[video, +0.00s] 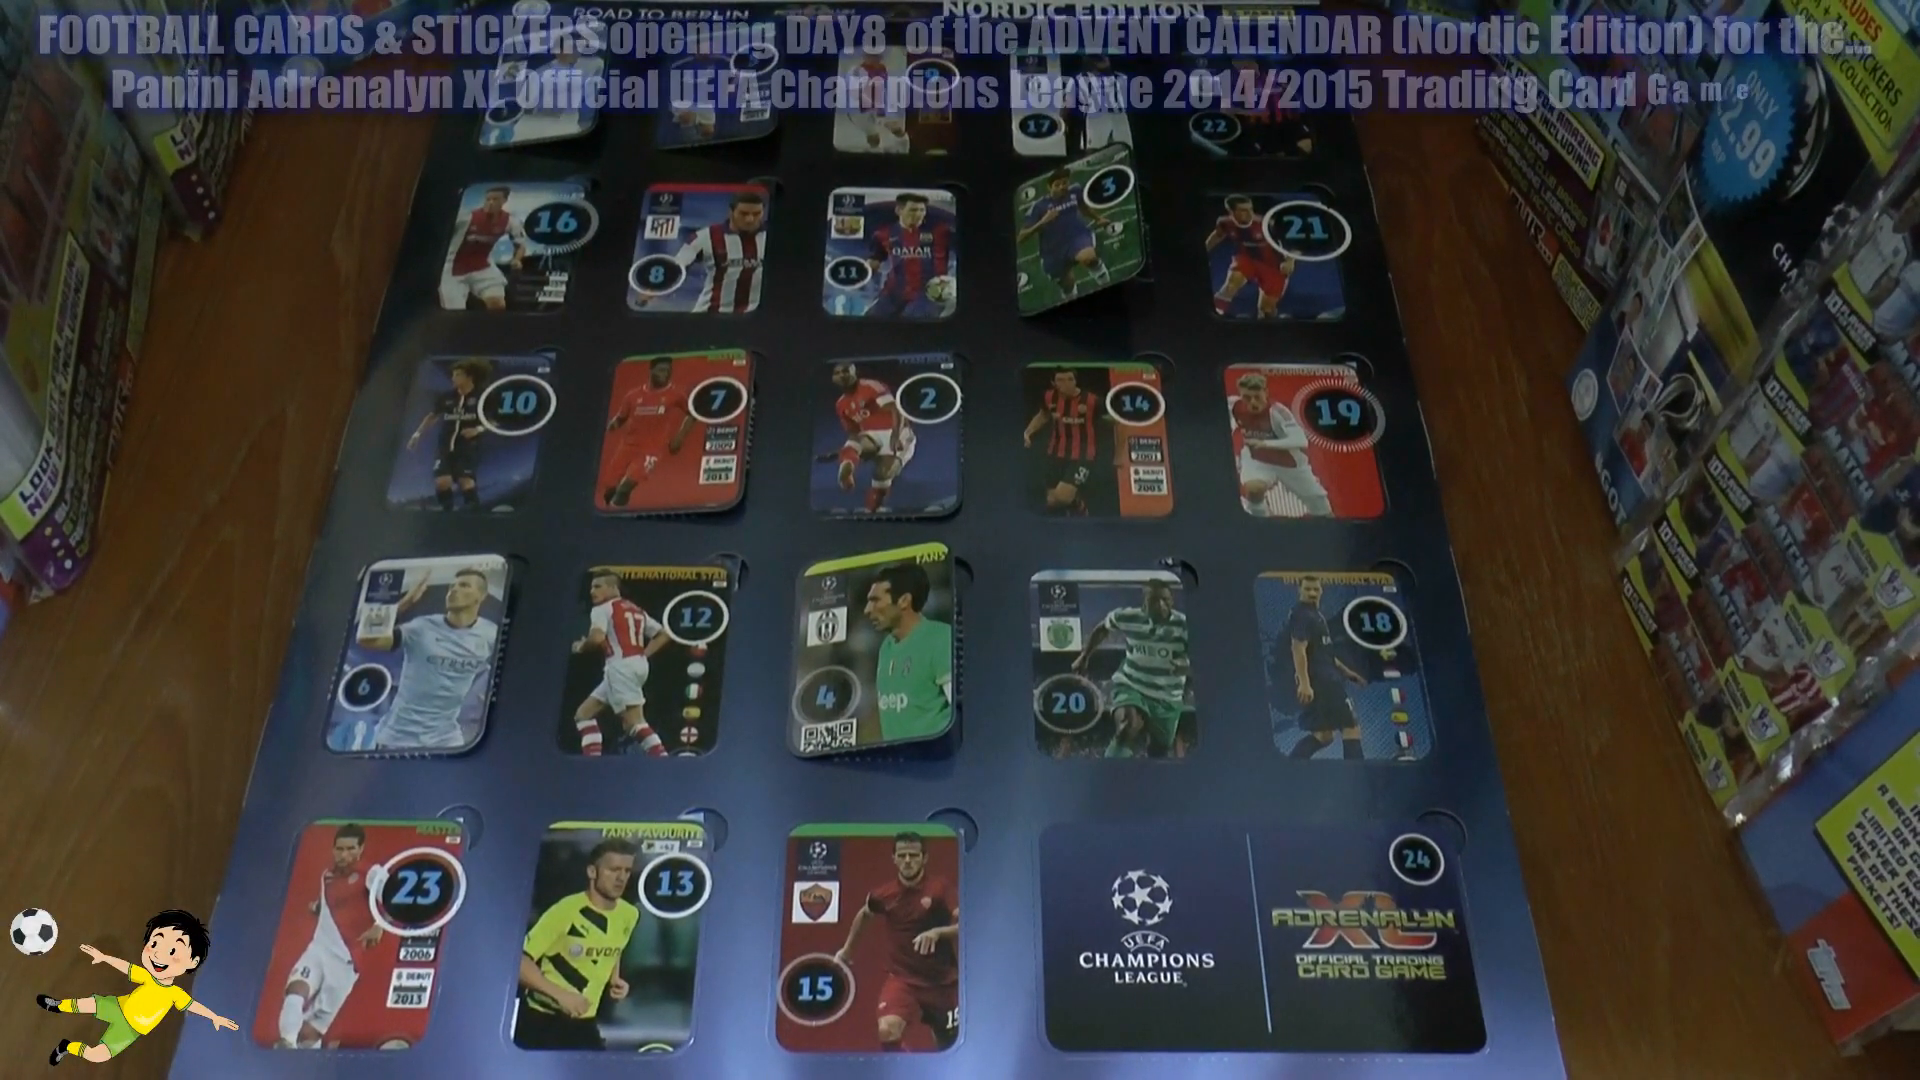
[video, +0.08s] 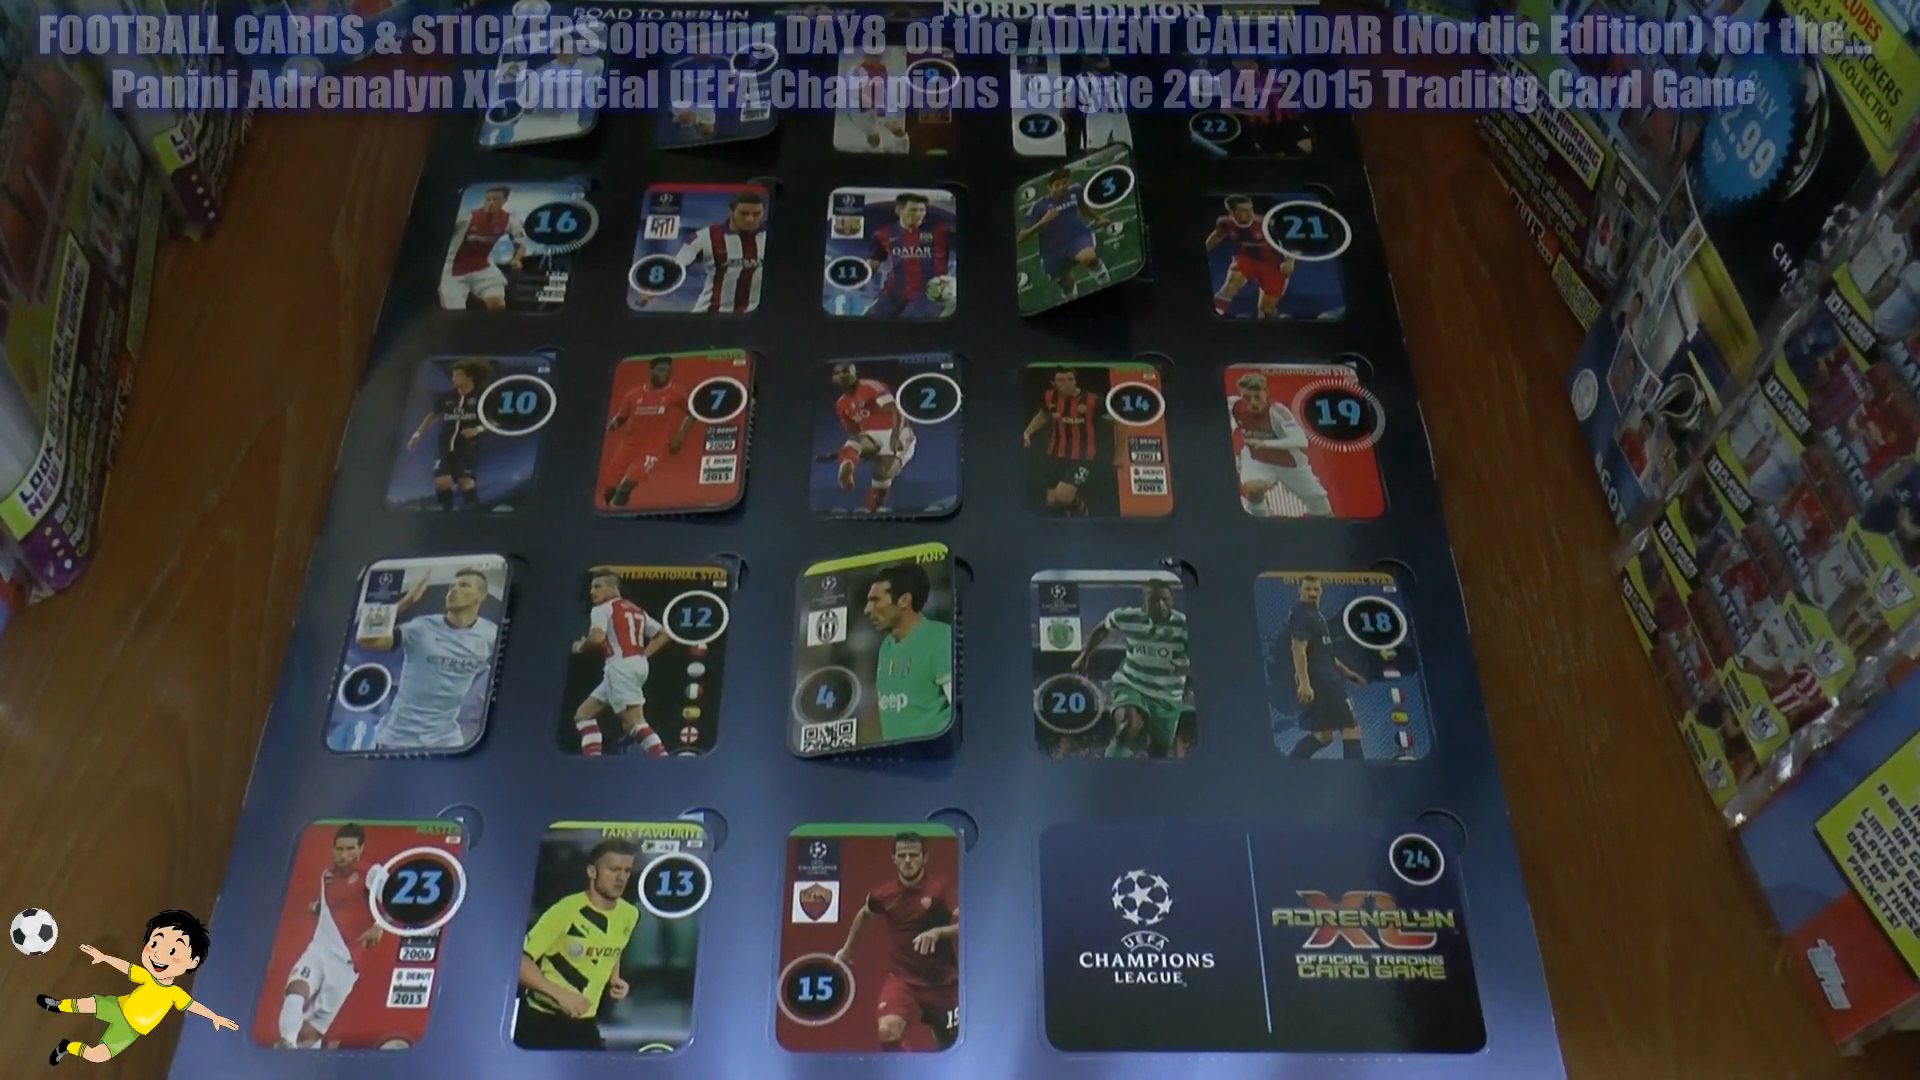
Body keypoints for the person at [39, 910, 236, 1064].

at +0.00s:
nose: (159, 955)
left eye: (172, 952)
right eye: (155, 943)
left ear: (187, 966)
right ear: (145, 945)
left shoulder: (176, 995)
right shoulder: (144, 976)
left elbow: (195, 1007)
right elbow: (124, 966)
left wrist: (214, 1017)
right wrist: (103, 958)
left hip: (131, 1030)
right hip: (119, 1008)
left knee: (99, 1055)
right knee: (88, 1003)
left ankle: (66, 1047)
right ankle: (57, 1006)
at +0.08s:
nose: (159, 956)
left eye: (172, 952)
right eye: (155, 944)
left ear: (187, 966)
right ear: (146, 945)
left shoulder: (176, 995)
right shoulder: (143, 976)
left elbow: (194, 1007)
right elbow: (124, 966)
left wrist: (214, 1017)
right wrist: (103, 958)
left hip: (131, 1030)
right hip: (119, 1008)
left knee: (99, 1055)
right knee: (89, 1003)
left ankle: (66, 1047)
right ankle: (57, 1006)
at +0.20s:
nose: (159, 955)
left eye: (172, 952)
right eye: (155, 944)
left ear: (187, 967)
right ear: (145, 945)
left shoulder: (176, 995)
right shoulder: (144, 976)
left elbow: (195, 1007)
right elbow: (124, 966)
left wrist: (215, 1017)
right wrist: (103, 958)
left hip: (131, 1030)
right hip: (119, 1008)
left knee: (99, 1055)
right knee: (89, 1003)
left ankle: (66, 1047)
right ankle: (57, 1006)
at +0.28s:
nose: (159, 955)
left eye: (172, 952)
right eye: (155, 944)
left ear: (187, 967)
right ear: (145, 946)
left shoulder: (176, 995)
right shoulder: (144, 976)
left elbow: (195, 1007)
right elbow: (124, 966)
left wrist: (215, 1017)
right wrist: (103, 958)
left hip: (131, 1030)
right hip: (119, 1008)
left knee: (99, 1055)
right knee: (89, 1003)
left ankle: (66, 1047)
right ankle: (57, 1006)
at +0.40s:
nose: (159, 955)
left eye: (172, 952)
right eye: (155, 944)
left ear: (187, 967)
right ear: (145, 945)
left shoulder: (176, 995)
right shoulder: (144, 976)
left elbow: (195, 1007)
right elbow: (124, 966)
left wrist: (215, 1017)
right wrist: (103, 958)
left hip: (131, 1030)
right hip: (119, 1008)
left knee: (99, 1055)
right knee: (89, 1003)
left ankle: (66, 1047)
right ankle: (57, 1006)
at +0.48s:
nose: (159, 955)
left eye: (172, 952)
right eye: (155, 944)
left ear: (187, 967)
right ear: (145, 945)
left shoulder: (176, 995)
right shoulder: (144, 976)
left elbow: (195, 1007)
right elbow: (124, 966)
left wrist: (215, 1017)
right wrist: (103, 958)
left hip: (131, 1030)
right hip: (119, 1008)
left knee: (99, 1055)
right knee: (88, 1003)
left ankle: (66, 1047)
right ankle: (57, 1006)